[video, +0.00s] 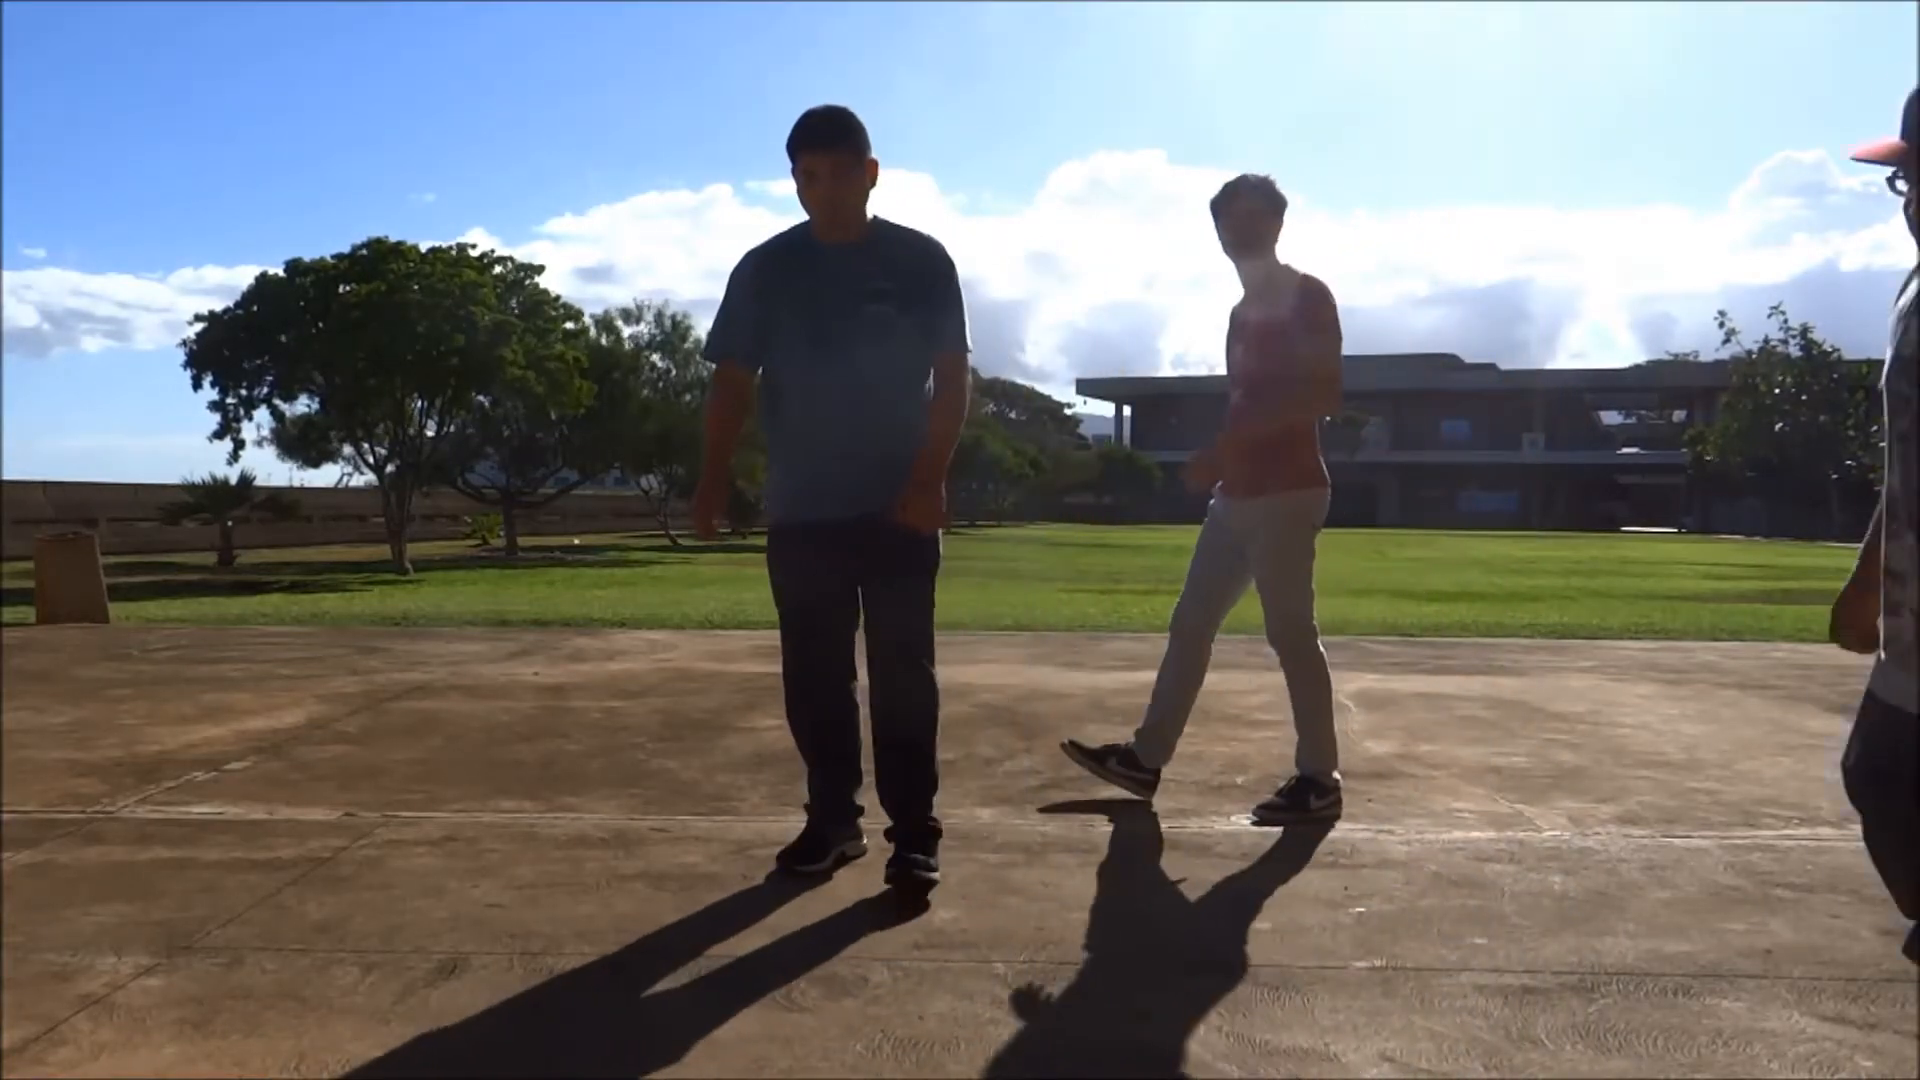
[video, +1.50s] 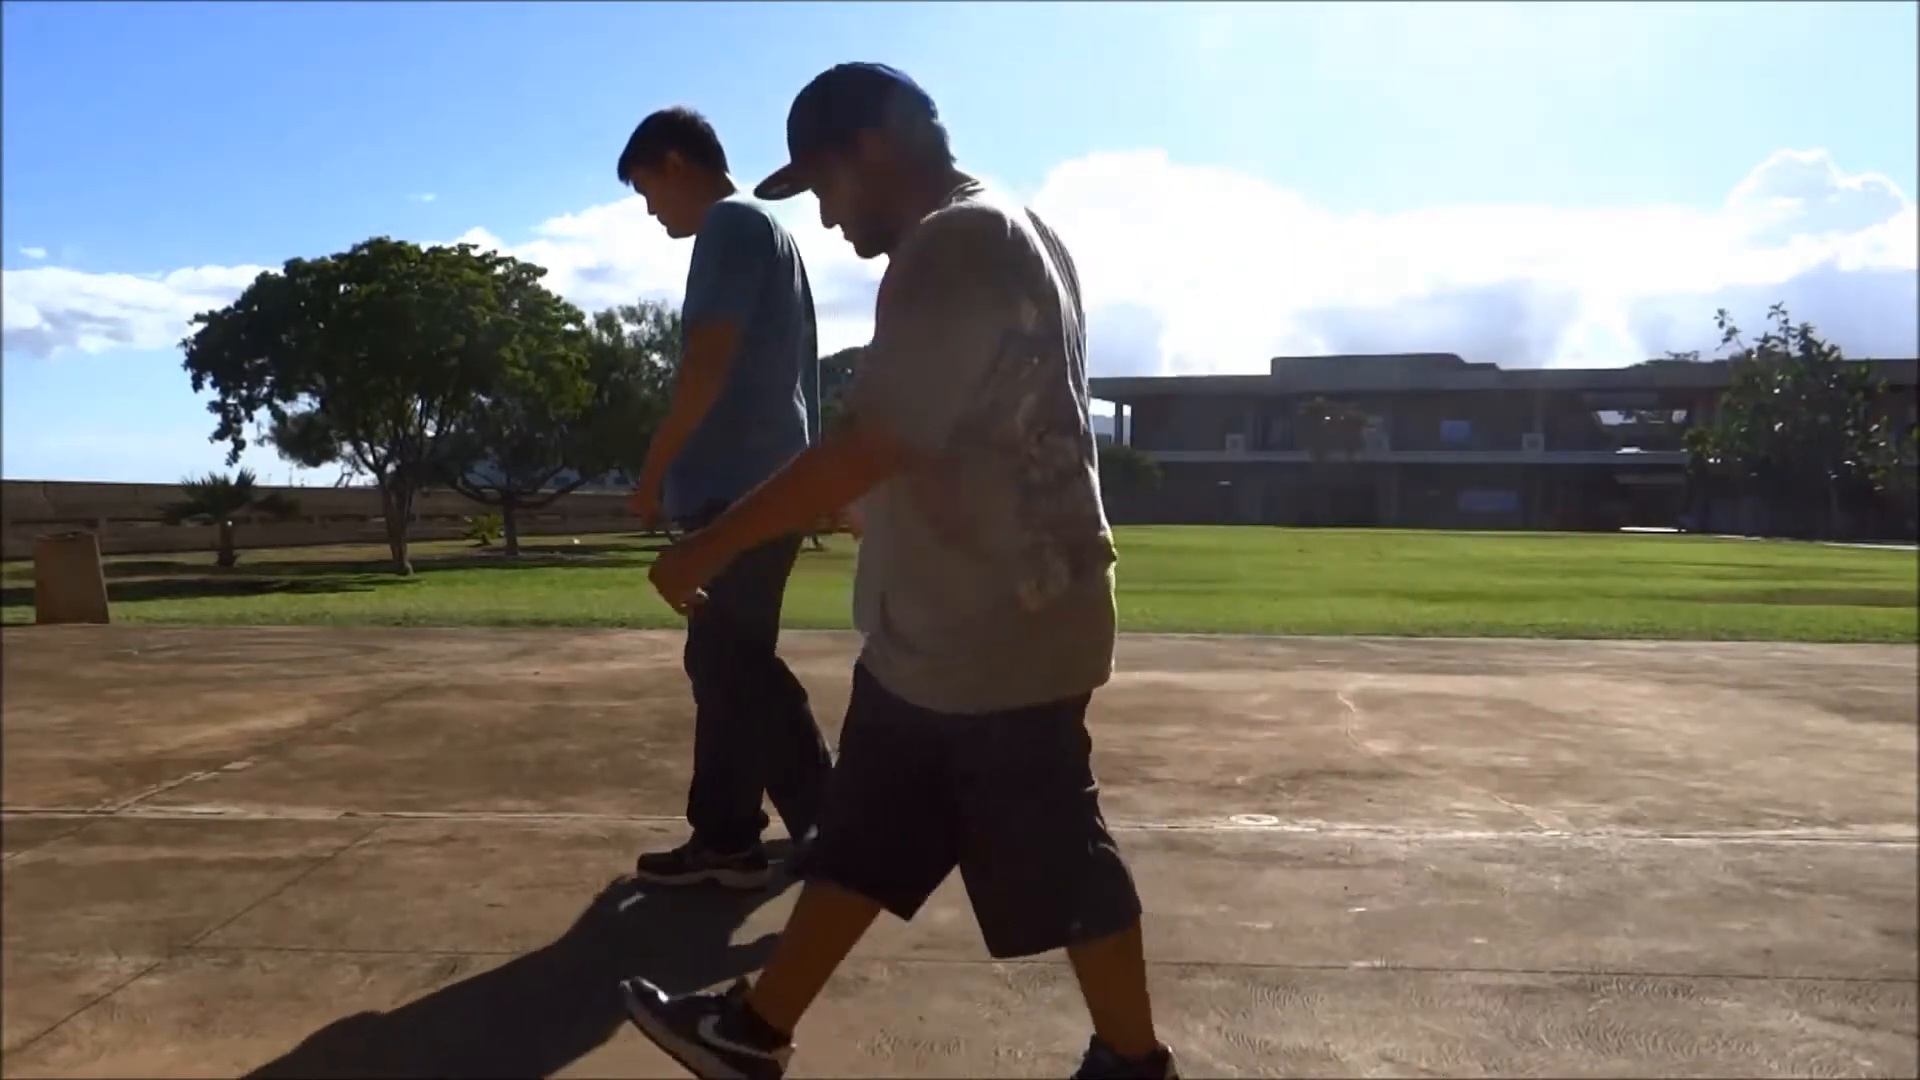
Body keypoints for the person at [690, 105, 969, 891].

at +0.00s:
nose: (817, 187)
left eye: (831, 171)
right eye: (804, 174)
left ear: (869, 170)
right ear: (793, 178)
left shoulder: (921, 261)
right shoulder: (762, 270)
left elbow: (952, 377)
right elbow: (729, 383)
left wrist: (929, 478)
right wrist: (714, 480)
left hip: (900, 503)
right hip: (802, 510)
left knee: (904, 676)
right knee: (814, 676)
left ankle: (913, 837)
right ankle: (831, 820)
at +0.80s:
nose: (760, 191)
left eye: (759, 170)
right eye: (753, 175)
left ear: (798, 147)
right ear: (797, 152)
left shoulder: (881, 219)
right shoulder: (812, 252)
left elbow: (880, 348)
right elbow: (809, 386)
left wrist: (840, 462)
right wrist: (778, 493)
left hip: (876, 499)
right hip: (814, 502)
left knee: (878, 676)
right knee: (780, 662)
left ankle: (887, 871)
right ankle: (750, 829)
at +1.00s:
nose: (741, 202)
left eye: (736, 180)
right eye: (732, 186)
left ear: (768, 151)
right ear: (783, 149)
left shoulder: (835, 213)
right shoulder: (849, 228)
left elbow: (807, 346)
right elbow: (853, 371)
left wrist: (734, 458)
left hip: (848, 502)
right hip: (813, 504)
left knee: (864, 682)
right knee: (770, 665)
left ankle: (885, 871)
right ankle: (729, 832)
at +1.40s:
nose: (666, 208)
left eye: (663, 189)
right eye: (659, 194)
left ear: (695, 164)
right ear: (717, 163)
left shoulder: (749, 223)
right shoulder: (777, 230)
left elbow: (729, 356)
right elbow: (800, 372)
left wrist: (667, 470)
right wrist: (714, 476)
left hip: (761, 496)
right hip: (759, 494)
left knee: (779, 669)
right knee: (726, 665)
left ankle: (867, 853)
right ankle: (727, 841)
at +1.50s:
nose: (651, 213)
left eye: (648, 193)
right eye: (644, 198)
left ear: (679, 166)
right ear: (697, 164)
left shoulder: (731, 227)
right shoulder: (764, 232)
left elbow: (710, 362)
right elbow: (786, 372)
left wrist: (652, 472)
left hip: (738, 491)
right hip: (765, 486)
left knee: (726, 657)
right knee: (734, 656)